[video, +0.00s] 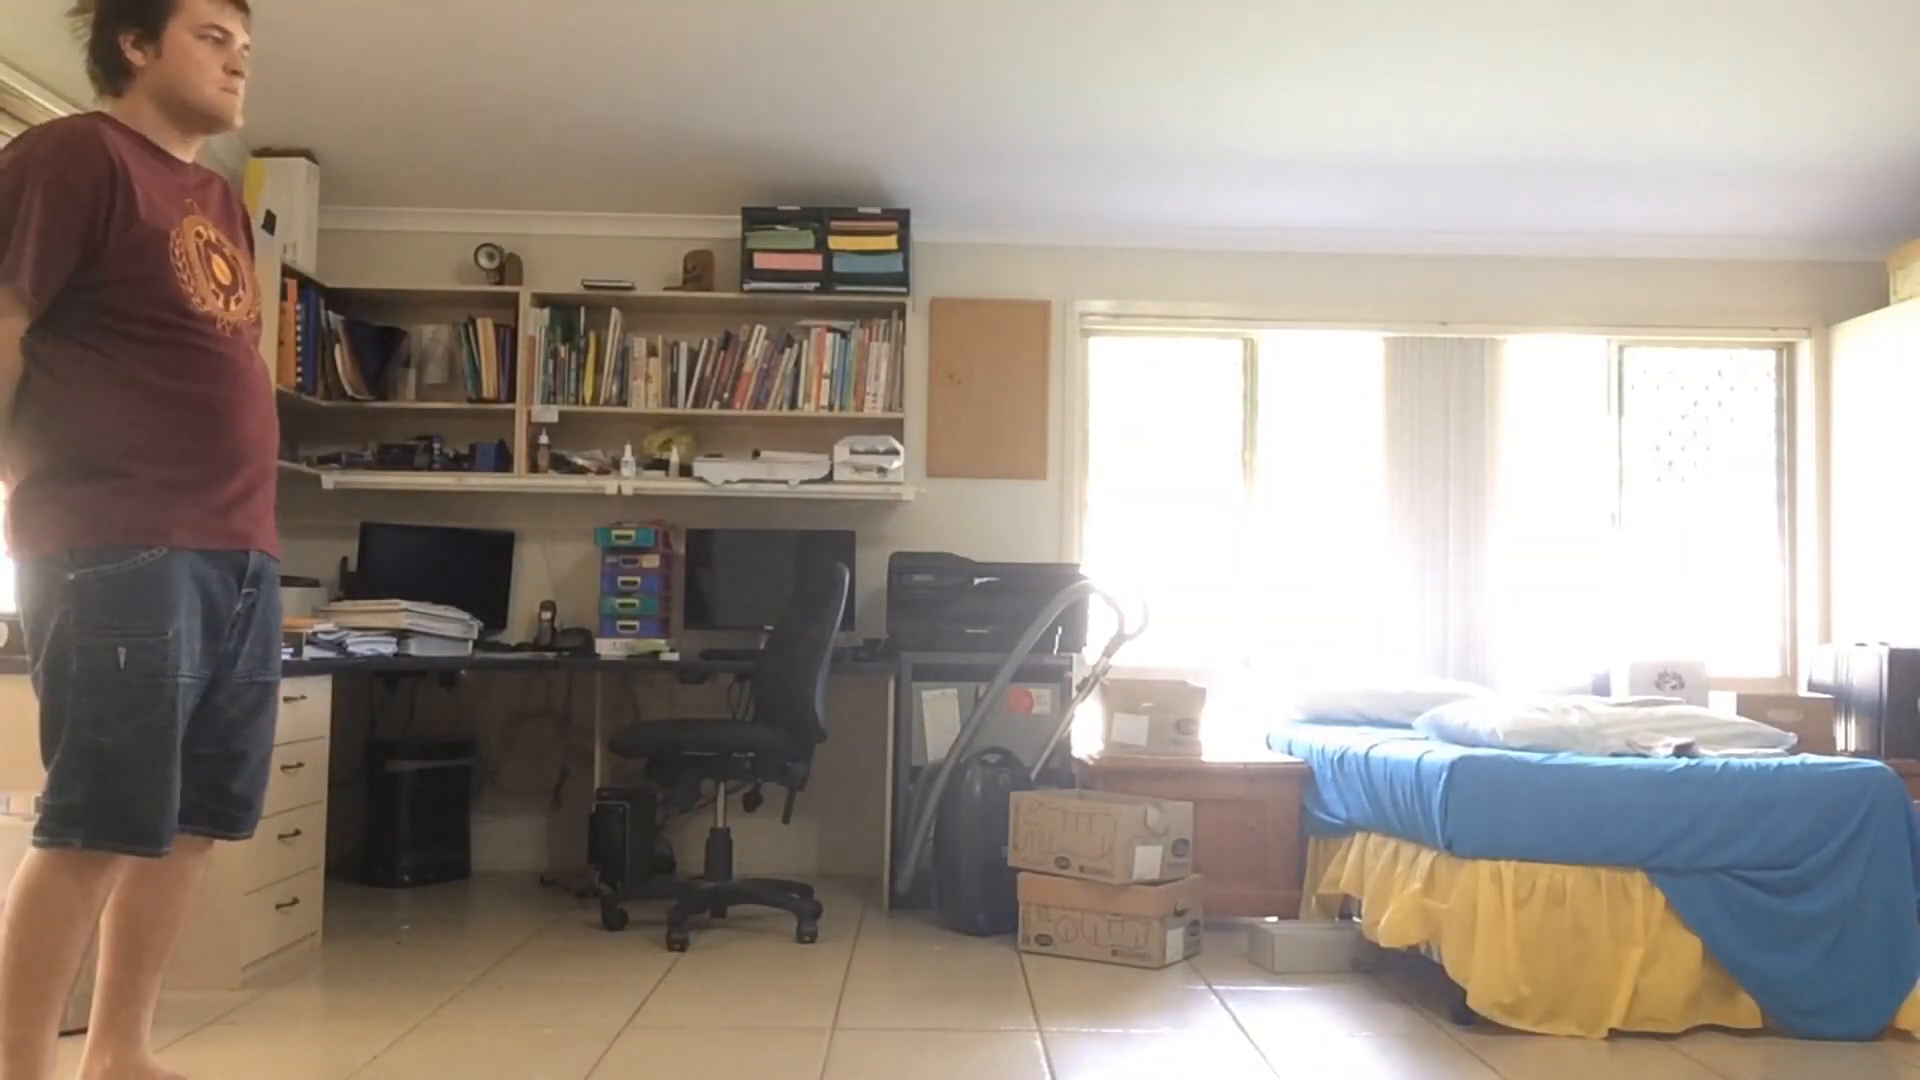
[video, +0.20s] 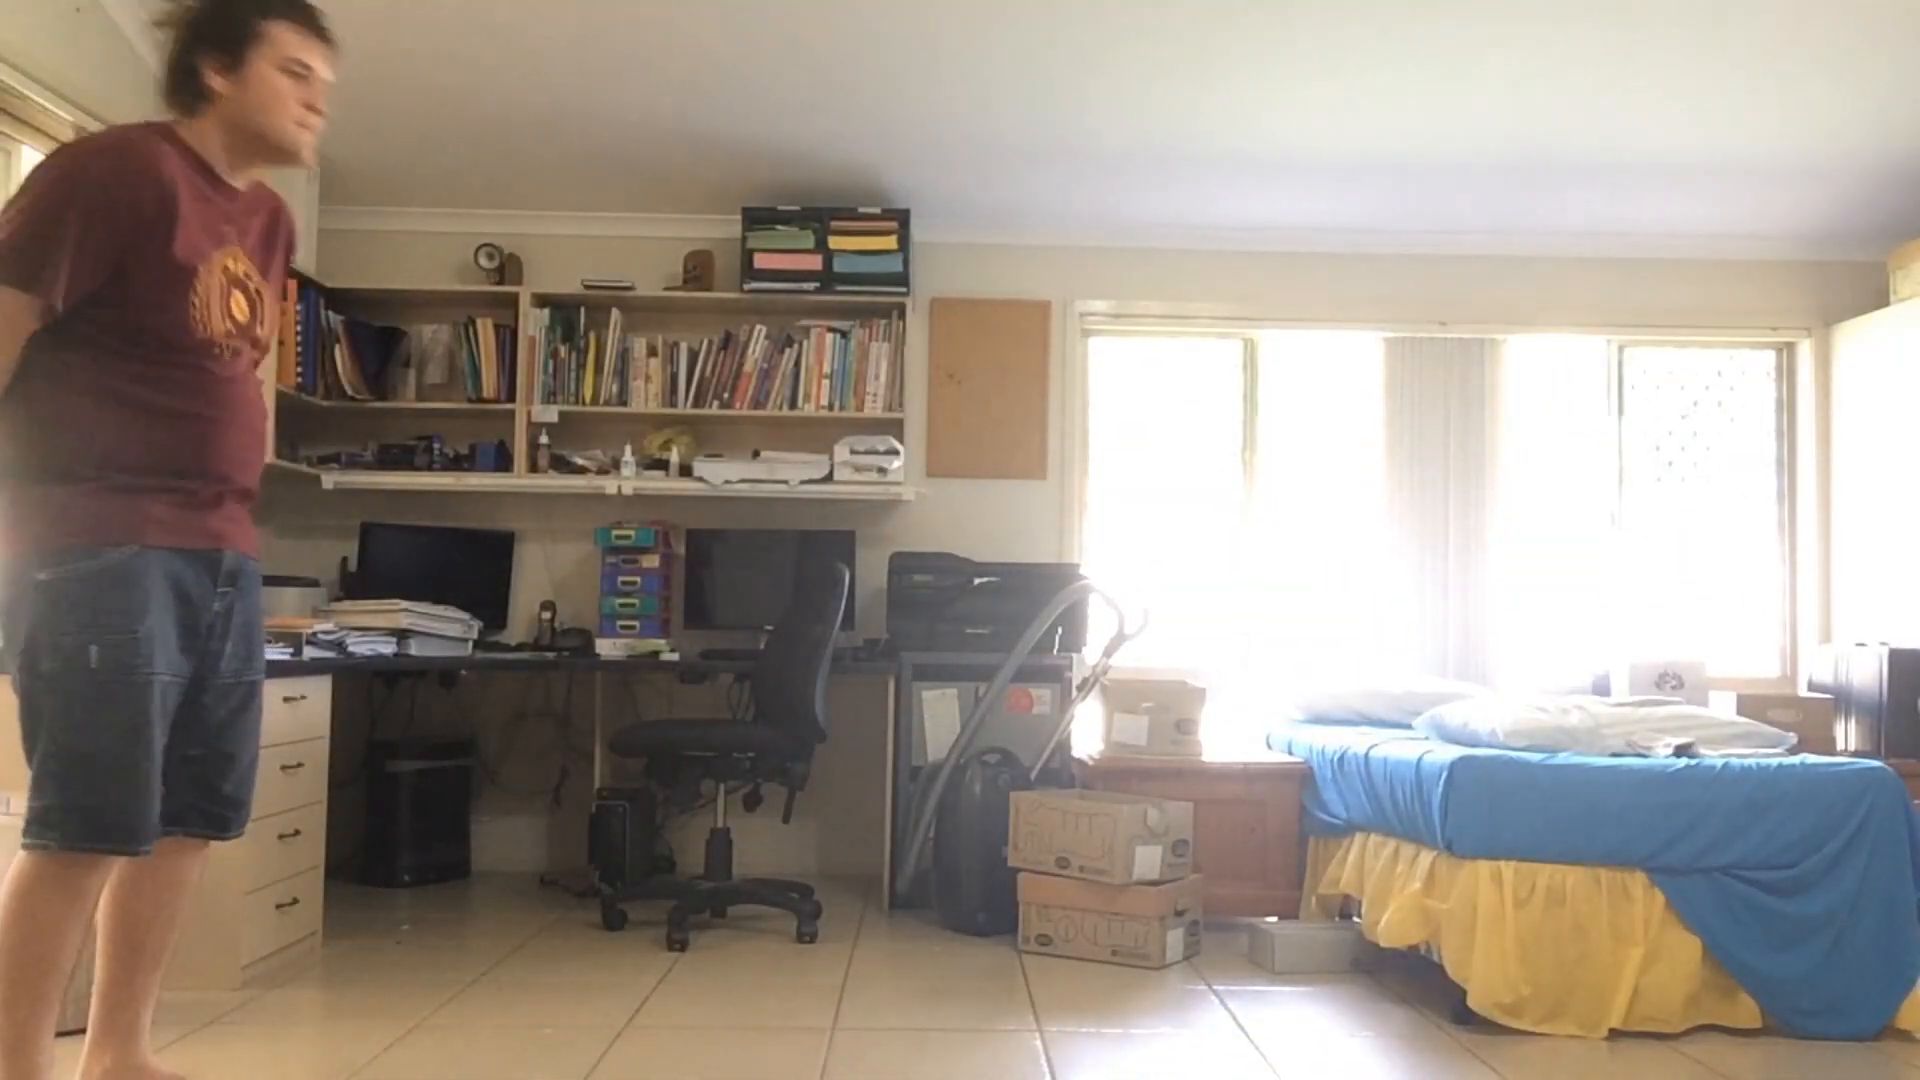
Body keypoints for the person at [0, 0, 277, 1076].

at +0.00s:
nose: (240, 52)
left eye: (244, 36)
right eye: (214, 32)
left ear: (236, 60)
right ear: (136, 47)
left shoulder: (224, 194)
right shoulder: (64, 156)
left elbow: (219, 363)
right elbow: (5, 330)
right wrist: (23, 496)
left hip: (237, 546)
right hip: (108, 544)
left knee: (190, 821)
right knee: (97, 824)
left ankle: (118, 1058)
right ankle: (23, 1065)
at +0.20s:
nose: (317, 101)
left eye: (324, 85)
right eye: (296, 73)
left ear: (314, 104)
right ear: (219, 72)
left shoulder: (270, 220)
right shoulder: (110, 168)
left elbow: (255, 379)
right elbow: (4, 329)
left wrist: (233, 496)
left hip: (221, 548)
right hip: (92, 542)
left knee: (184, 818)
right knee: (83, 824)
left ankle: (118, 1056)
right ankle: (21, 1064)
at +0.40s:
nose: (432, 240)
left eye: (441, 223)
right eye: (419, 212)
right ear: (341, 194)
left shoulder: (338, 310)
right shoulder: (188, 242)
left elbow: (238, 411)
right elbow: (10, 297)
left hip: (182, 560)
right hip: (57, 544)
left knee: (174, 811)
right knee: (69, 811)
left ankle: (116, 1053)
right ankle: (21, 1059)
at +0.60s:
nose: (458, 349)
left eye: (468, 332)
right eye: (449, 319)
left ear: (388, 301)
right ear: (380, 289)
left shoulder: (358, 385)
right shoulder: (221, 311)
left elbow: (227, 458)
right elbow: (22, 338)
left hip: (178, 571)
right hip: (50, 553)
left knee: (193, 803)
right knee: (92, 808)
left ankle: (118, 1055)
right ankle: (23, 1064)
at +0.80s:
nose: (449, 248)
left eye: (457, 231)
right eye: (435, 218)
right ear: (356, 203)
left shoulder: (355, 320)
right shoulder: (207, 261)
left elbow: (259, 443)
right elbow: (29, 385)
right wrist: (10, 560)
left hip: (191, 564)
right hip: (73, 550)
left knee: (194, 806)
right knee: (96, 810)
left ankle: (118, 1054)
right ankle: (25, 1063)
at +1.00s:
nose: (378, 124)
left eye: (383, 108)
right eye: (360, 96)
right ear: (282, 89)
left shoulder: (311, 231)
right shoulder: (174, 174)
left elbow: (274, 386)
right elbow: (63, 340)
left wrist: (360, 478)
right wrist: (216, 477)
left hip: (213, 551)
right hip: (91, 542)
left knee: (176, 824)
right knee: (74, 829)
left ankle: (116, 1058)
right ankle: (25, 1062)